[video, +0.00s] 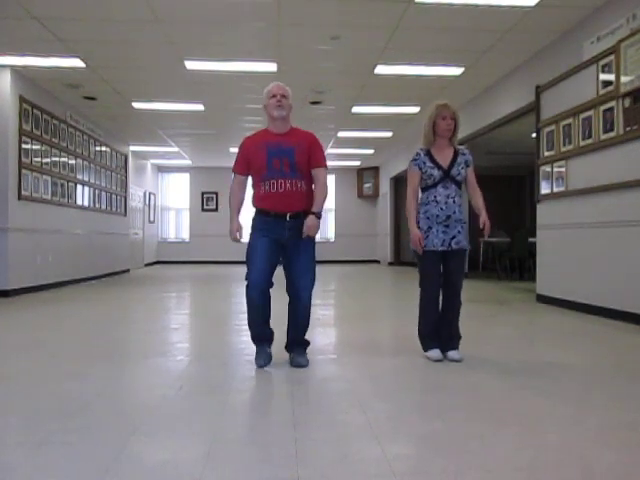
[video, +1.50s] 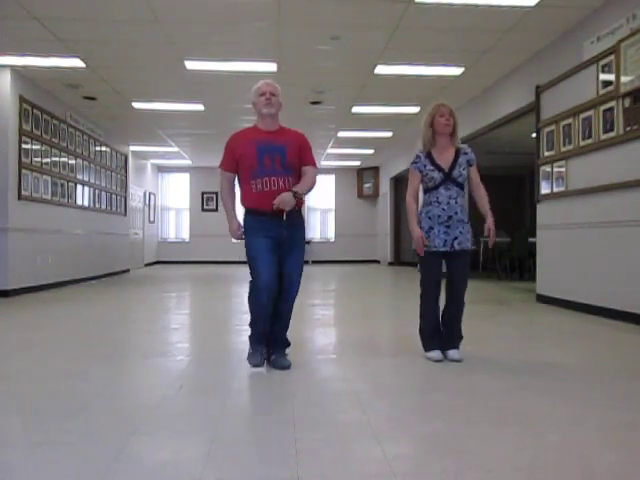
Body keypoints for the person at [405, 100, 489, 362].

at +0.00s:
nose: (448, 123)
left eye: (452, 119)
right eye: (443, 118)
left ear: (456, 124)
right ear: (433, 123)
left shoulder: (463, 156)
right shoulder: (420, 157)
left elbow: (473, 188)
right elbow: (412, 196)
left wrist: (482, 212)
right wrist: (413, 228)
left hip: (457, 229)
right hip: (429, 229)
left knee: (454, 288)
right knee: (430, 288)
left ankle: (451, 343)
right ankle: (430, 343)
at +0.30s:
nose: (449, 127)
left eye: (453, 123)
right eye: (444, 122)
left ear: (457, 129)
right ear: (434, 127)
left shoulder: (462, 161)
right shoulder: (420, 161)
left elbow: (470, 196)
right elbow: (411, 199)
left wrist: (477, 228)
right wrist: (422, 226)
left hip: (460, 231)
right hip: (433, 231)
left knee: (455, 290)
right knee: (437, 289)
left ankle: (451, 342)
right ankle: (432, 343)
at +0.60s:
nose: (443, 121)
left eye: (446, 117)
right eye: (437, 119)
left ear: (453, 123)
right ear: (429, 126)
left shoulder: (465, 155)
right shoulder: (422, 159)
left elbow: (473, 189)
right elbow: (411, 197)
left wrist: (481, 219)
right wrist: (416, 229)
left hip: (458, 230)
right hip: (429, 230)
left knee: (458, 290)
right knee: (429, 290)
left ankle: (452, 343)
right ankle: (431, 344)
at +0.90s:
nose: (448, 119)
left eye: (450, 116)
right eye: (442, 117)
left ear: (456, 122)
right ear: (433, 125)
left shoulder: (468, 155)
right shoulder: (426, 157)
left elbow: (477, 189)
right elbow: (415, 195)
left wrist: (488, 215)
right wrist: (418, 229)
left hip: (460, 230)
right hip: (432, 230)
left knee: (456, 290)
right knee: (431, 289)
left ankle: (451, 343)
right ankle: (431, 343)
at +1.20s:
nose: (451, 125)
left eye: (455, 122)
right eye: (446, 121)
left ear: (459, 129)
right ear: (437, 126)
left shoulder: (465, 161)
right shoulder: (422, 160)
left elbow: (472, 197)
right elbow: (413, 197)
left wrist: (478, 229)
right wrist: (424, 224)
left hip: (462, 231)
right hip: (434, 231)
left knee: (456, 290)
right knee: (438, 289)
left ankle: (451, 342)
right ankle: (432, 343)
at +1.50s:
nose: (446, 120)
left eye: (449, 116)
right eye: (441, 116)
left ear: (454, 122)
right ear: (431, 123)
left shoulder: (466, 154)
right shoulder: (421, 158)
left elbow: (477, 188)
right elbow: (411, 196)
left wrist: (489, 217)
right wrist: (415, 229)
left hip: (459, 230)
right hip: (430, 230)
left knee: (457, 290)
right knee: (430, 289)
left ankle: (452, 343)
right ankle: (431, 344)